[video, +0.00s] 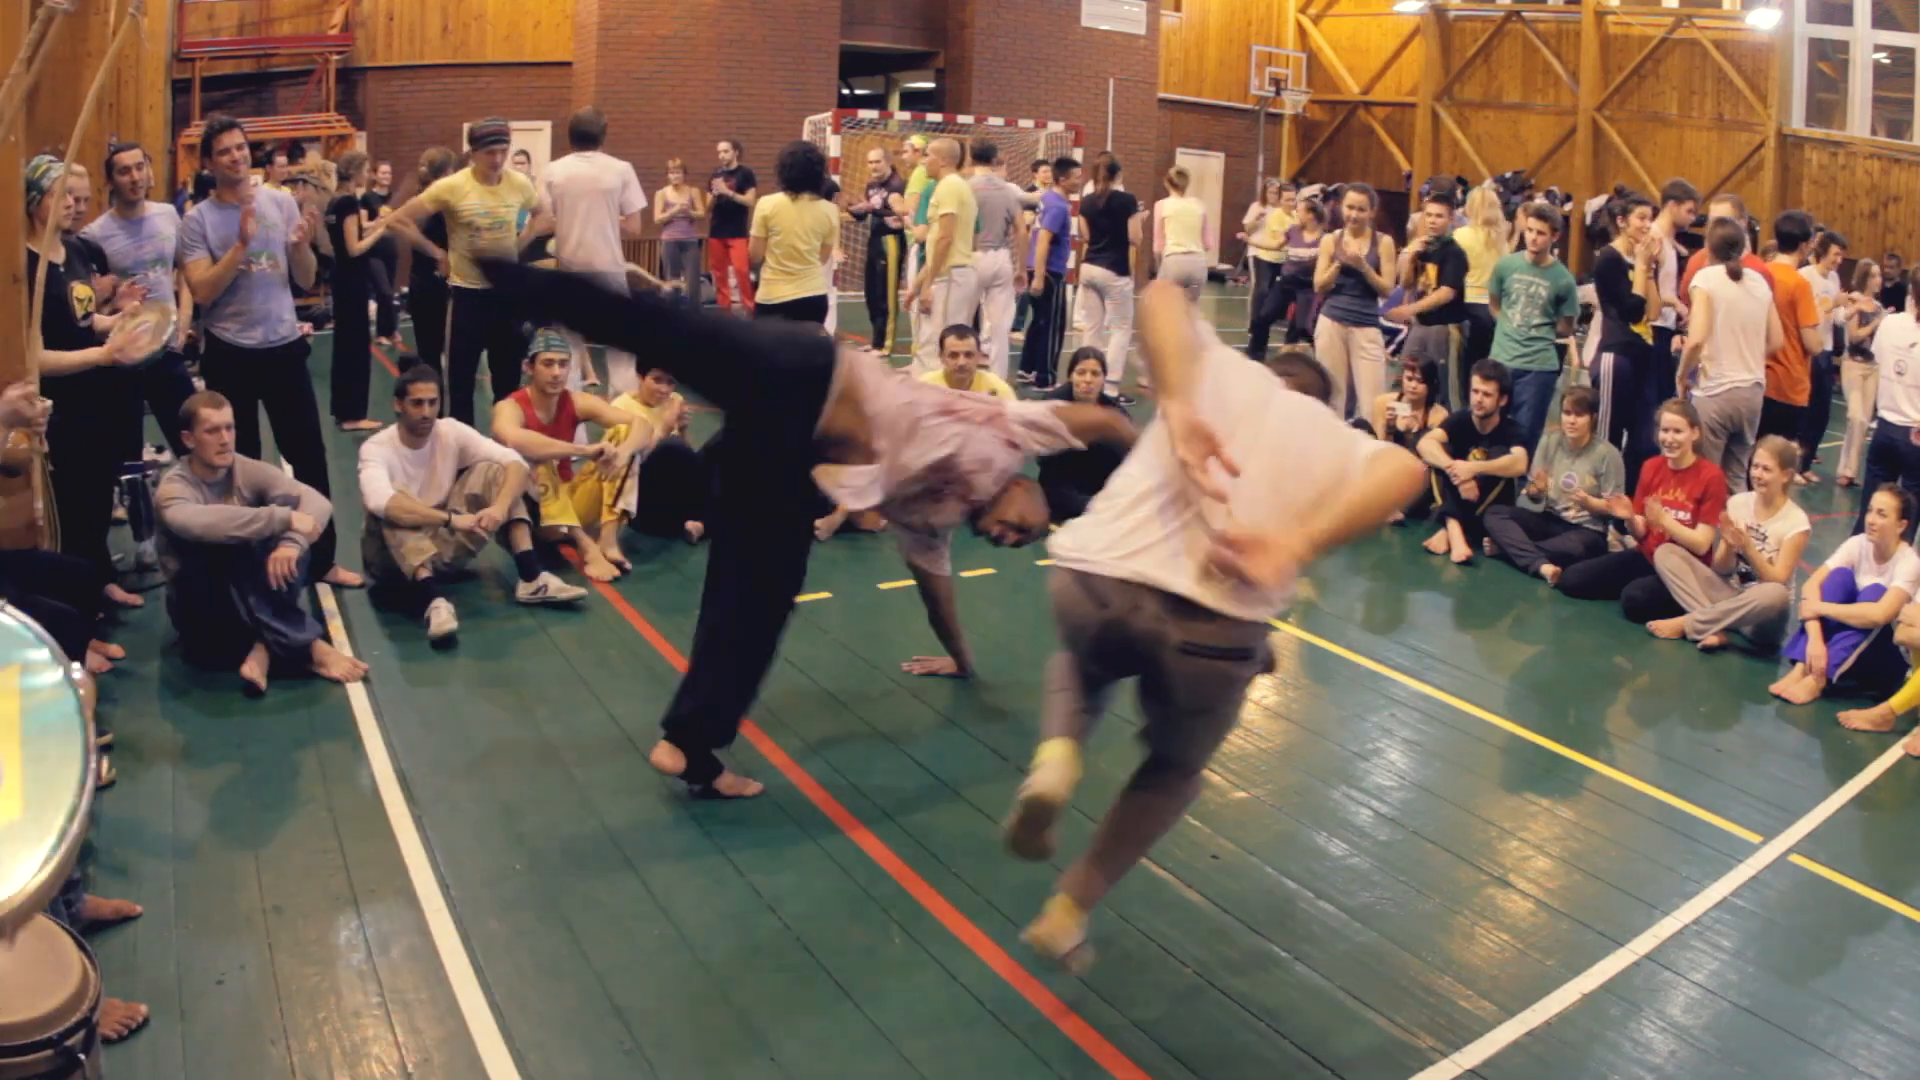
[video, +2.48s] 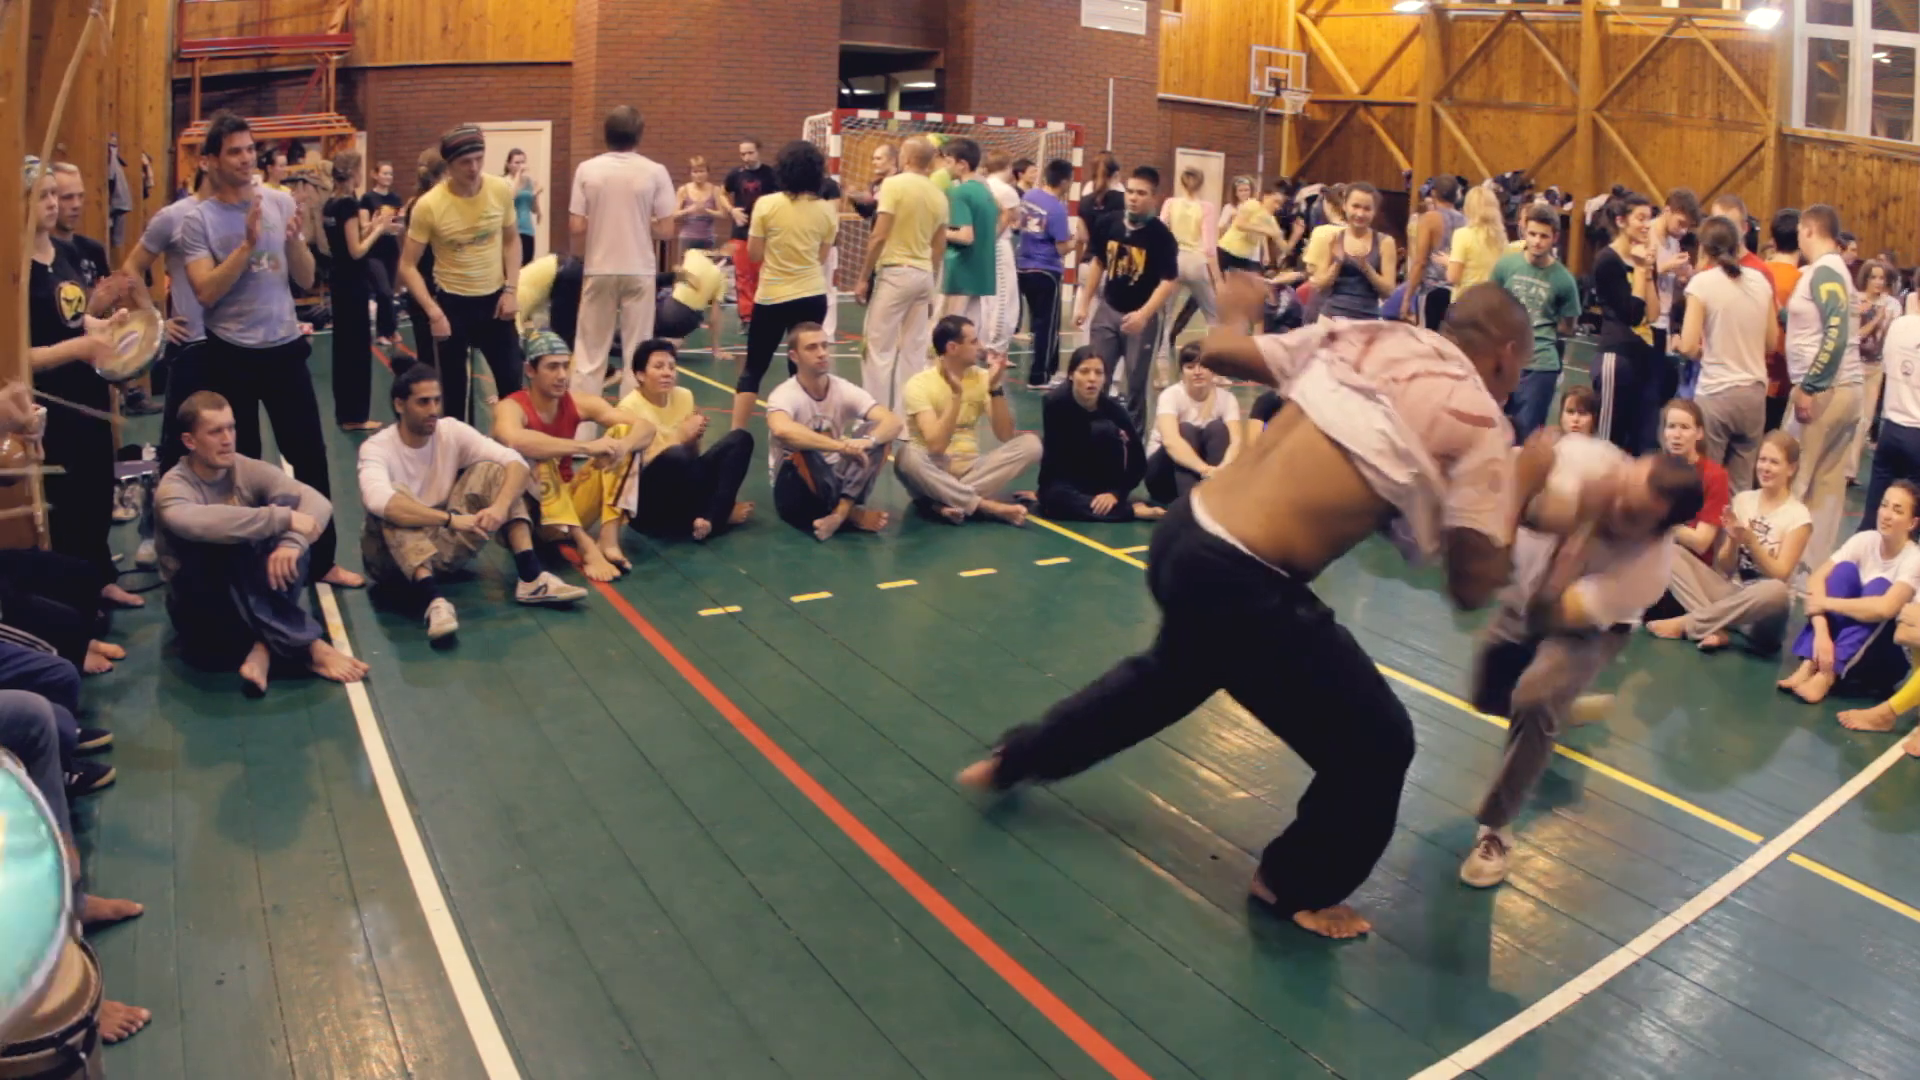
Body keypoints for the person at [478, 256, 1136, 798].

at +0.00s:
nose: (1011, 539)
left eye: (1021, 541)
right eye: (1026, 526)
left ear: (1008, 524)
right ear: (1032, 482)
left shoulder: (928, 513)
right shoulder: (1014, 432)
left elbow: (935, 585)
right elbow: (1094, 421)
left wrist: (960, 659)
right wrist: (1162, 445)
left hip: (787, 455)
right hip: (806, 369)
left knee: (758, 601)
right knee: (650, 323)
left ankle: (689, 747)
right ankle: (492, 273)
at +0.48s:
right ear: (1031, 498)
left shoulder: (978, 485)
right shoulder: (1050, 470)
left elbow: (974, 585)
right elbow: (1039, 546)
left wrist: (964, 662)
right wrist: (1011, 611)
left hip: (944, 311)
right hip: (1001, 291)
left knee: (909, 171)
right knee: (1002, 132)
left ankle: (829, 201)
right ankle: (892, 102)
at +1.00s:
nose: (1077, 523)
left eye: (1074, 528)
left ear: (1055, 524)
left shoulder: (1053, 478)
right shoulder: (1016, 484)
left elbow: (1063, 519)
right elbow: (1023, 544)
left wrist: (1060, 606)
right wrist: (1014, 609)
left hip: (1128, 320)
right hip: (1075, 329)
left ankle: (1171, 252)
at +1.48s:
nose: (1364, 253)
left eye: (1367, 242)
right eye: (1357, 242)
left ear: (1324, 227)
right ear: (1320, 228)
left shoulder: (1308, 237)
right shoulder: (1231, 264)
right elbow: (1153, 323)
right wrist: (1110, 357)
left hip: (1250, 363)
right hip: (1181, 368)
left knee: (1297, 477)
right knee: (1161, 492)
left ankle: (1287, 602)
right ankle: (1126, 555)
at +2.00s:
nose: (1506, 481)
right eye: (1503, 472)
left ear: (1455, 436)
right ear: (1484, 460)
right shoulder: (1473, 456)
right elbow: (1554, 538)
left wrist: (1426, 565)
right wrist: (1546, 619)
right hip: (1261, 479)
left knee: (1361, 578)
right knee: (1214, 642)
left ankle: (1332, 700)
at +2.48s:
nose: (1522, 370)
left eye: (1523, 354)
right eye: (1522, 354)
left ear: (1455, 323)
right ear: (1498, 346)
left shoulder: (1360, 334)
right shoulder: (1477, 421)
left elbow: (1219, 351)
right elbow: (1472, 582)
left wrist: (1254, 315)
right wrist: (1525, 482)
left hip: (1182, 534)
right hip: (1248, 588)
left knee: (1176, 674)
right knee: (1378, 744)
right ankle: (1293, 888)